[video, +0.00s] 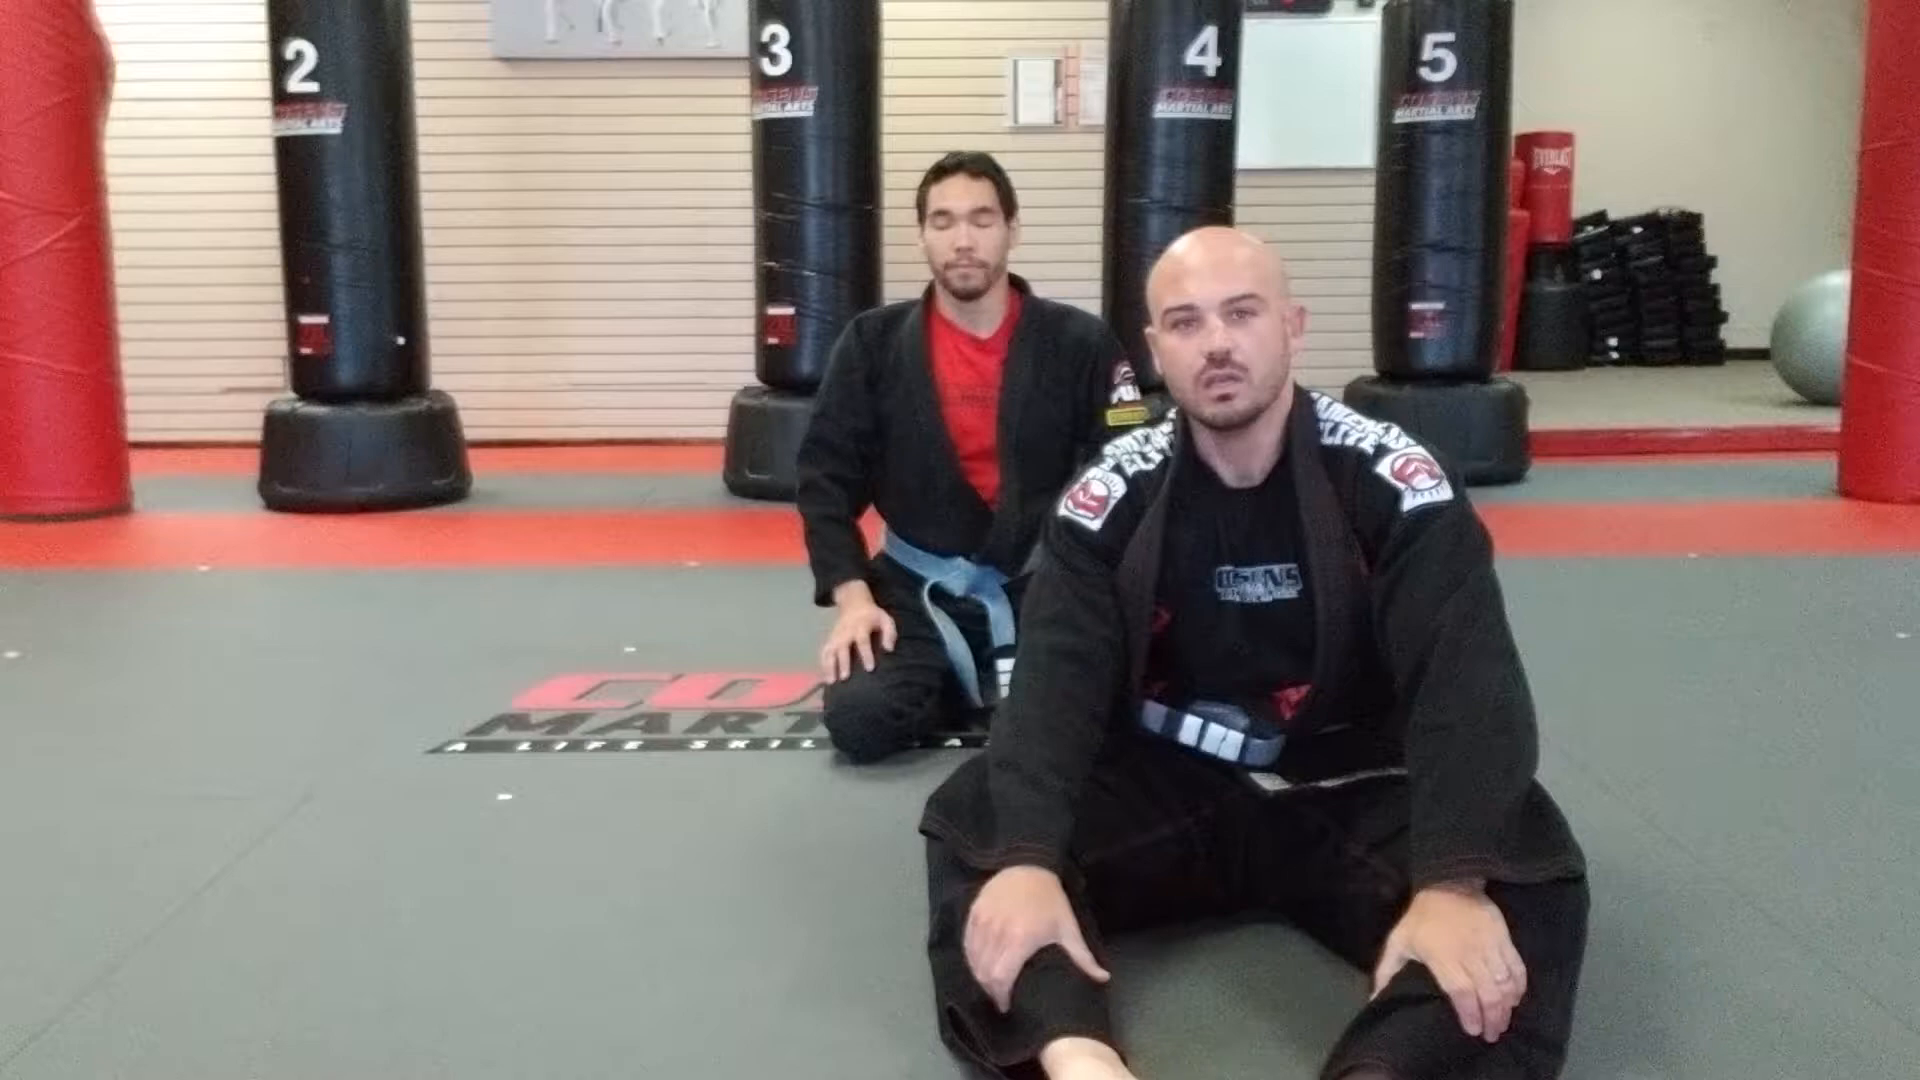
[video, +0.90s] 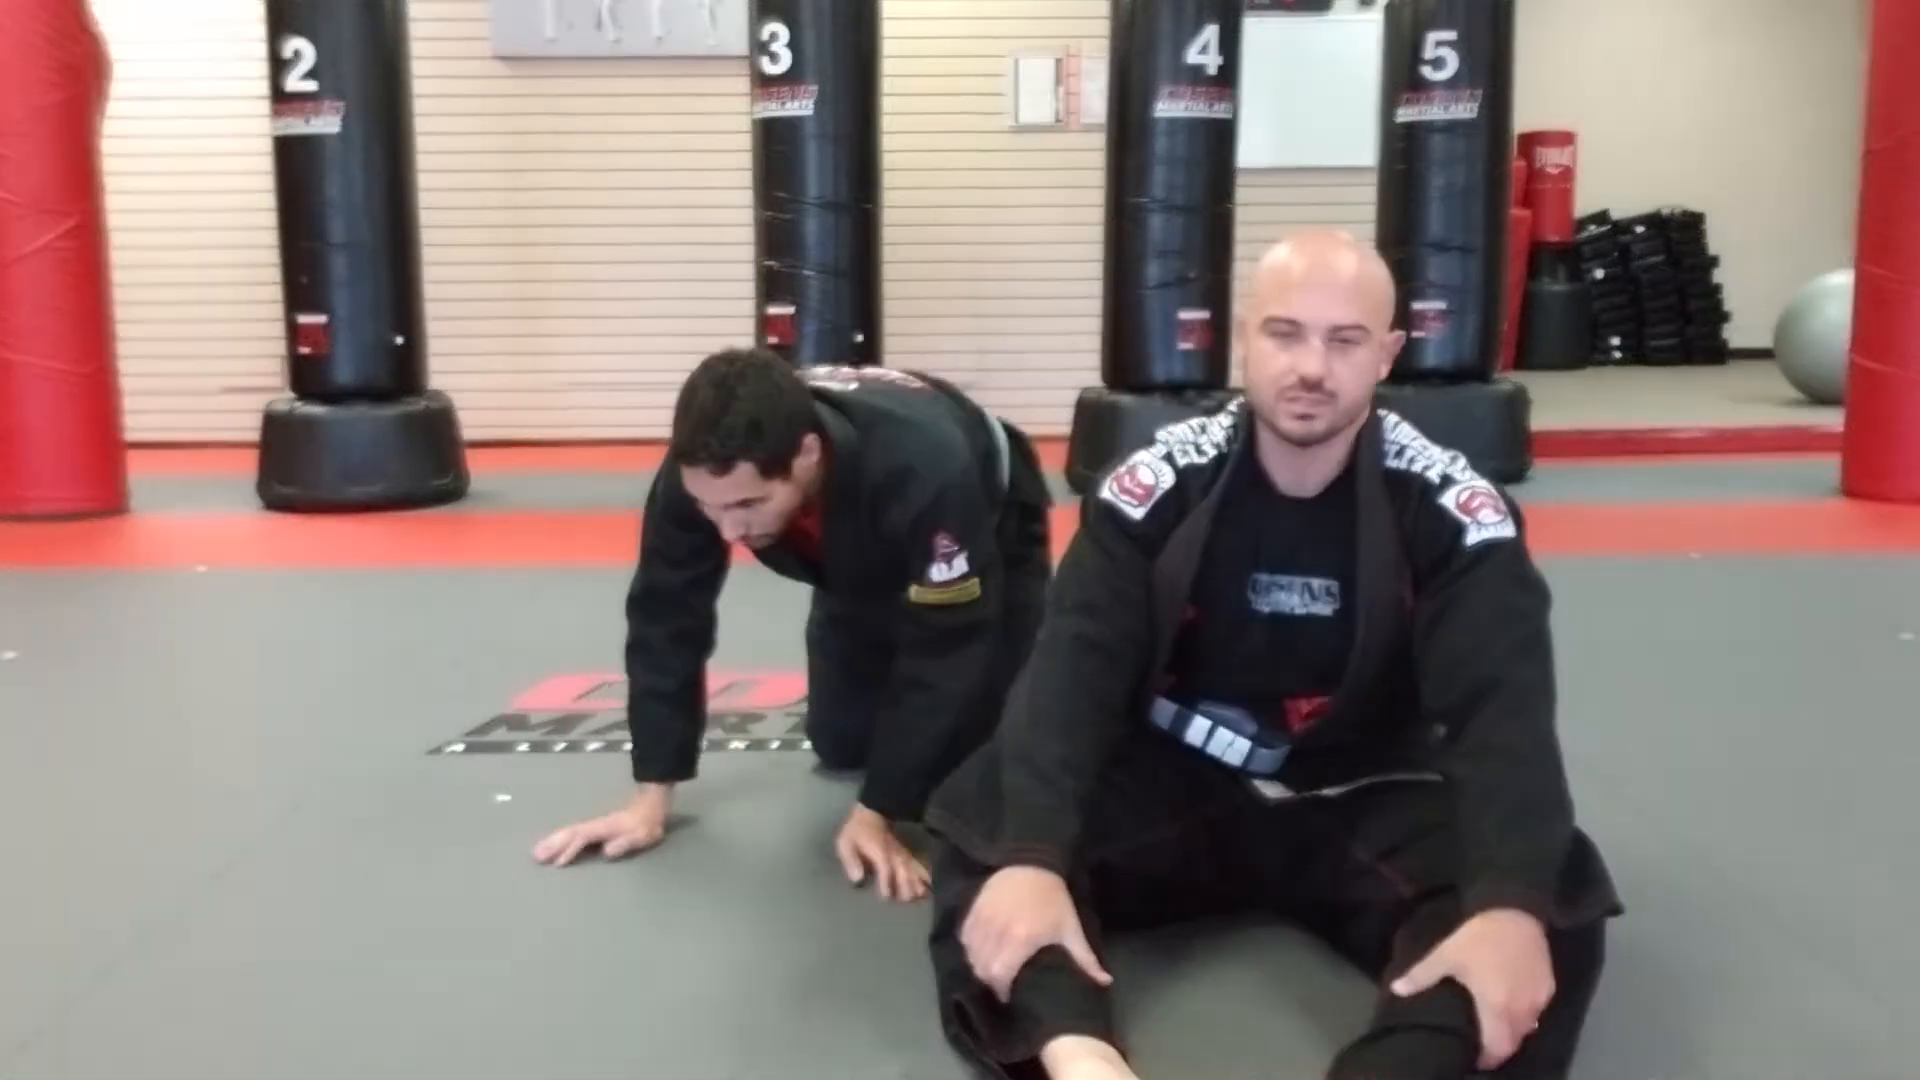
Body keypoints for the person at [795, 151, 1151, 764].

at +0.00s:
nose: (963, 241)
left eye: (982, 221)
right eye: (944, 224)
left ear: (1012, 232)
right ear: (922, 238)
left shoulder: (1081, 344)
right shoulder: (874, 344)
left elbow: (1118, 478)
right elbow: (824, 477)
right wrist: (850, 596)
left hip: (1044, 585)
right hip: (918, 585)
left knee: (1081, 716)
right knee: (863, 719)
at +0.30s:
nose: (917, 307)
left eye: (936, 281)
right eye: (898, 285)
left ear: (976, 263)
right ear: (883, 281)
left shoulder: (1060, 355)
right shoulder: (854, 368)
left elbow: (1108, 483)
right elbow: (805, 491)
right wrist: (827, 584)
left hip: (1041, 576)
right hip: (921, 575)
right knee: (837, 696)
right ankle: (996, 700)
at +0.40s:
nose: (898, 339)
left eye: (916, 313)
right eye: (878, 317)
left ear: (958, 290)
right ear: (861, 310)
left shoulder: (1044, 365)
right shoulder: (839, 389)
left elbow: (1100, 492)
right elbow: (794, 509)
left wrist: (1035, 591)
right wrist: (799, 609)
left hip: (1030, 581)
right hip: (914, 579)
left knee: (1037, 718)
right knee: (847, 708)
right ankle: (995, 703)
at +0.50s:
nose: (870, 383)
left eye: (889, 356)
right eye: (849, 359)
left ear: (935, 330)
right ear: (834, 345)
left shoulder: (1023, 384)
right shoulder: (819, 418)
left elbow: (1077, 525)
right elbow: (766, 540)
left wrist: (1015, 622)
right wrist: (759, 661)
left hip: (1020, 594)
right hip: (906, 594)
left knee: (1032, 727)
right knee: (847, 722)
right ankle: (967, 697)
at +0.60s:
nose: (831, 431)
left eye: (851, 406)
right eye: (811, 408)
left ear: (899, 373)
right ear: (794, 394)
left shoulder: (991, 408)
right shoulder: (790, 445)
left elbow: (1034, 562)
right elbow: (732, 582)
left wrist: (978, 675)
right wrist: (700, 732)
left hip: (998, 595)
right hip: (895, 601)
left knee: (1022, 732)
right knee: (846, 732)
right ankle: (950, 688)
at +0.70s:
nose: (792, 475)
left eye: (813, 452)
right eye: (773, 454)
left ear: (866, 414)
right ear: (757, 431)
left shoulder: (961, 431)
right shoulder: (760, 460)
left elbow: (999, 603)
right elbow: (708, 599)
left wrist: (941, 739)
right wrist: (657, 784)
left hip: (1001, 595)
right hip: (889, 597)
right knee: (848, 739)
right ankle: (958, 665)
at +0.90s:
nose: (730, 529)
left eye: (749, 505)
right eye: (708, 508)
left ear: (807, 459)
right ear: (687, 474)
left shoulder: (925, 474)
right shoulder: (700, 469)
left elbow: (947, 647)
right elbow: (667, 616)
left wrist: (878, 813)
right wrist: (651, 796)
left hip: (979, 533)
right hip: (854, 548)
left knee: (939, 787)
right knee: (842, 746)